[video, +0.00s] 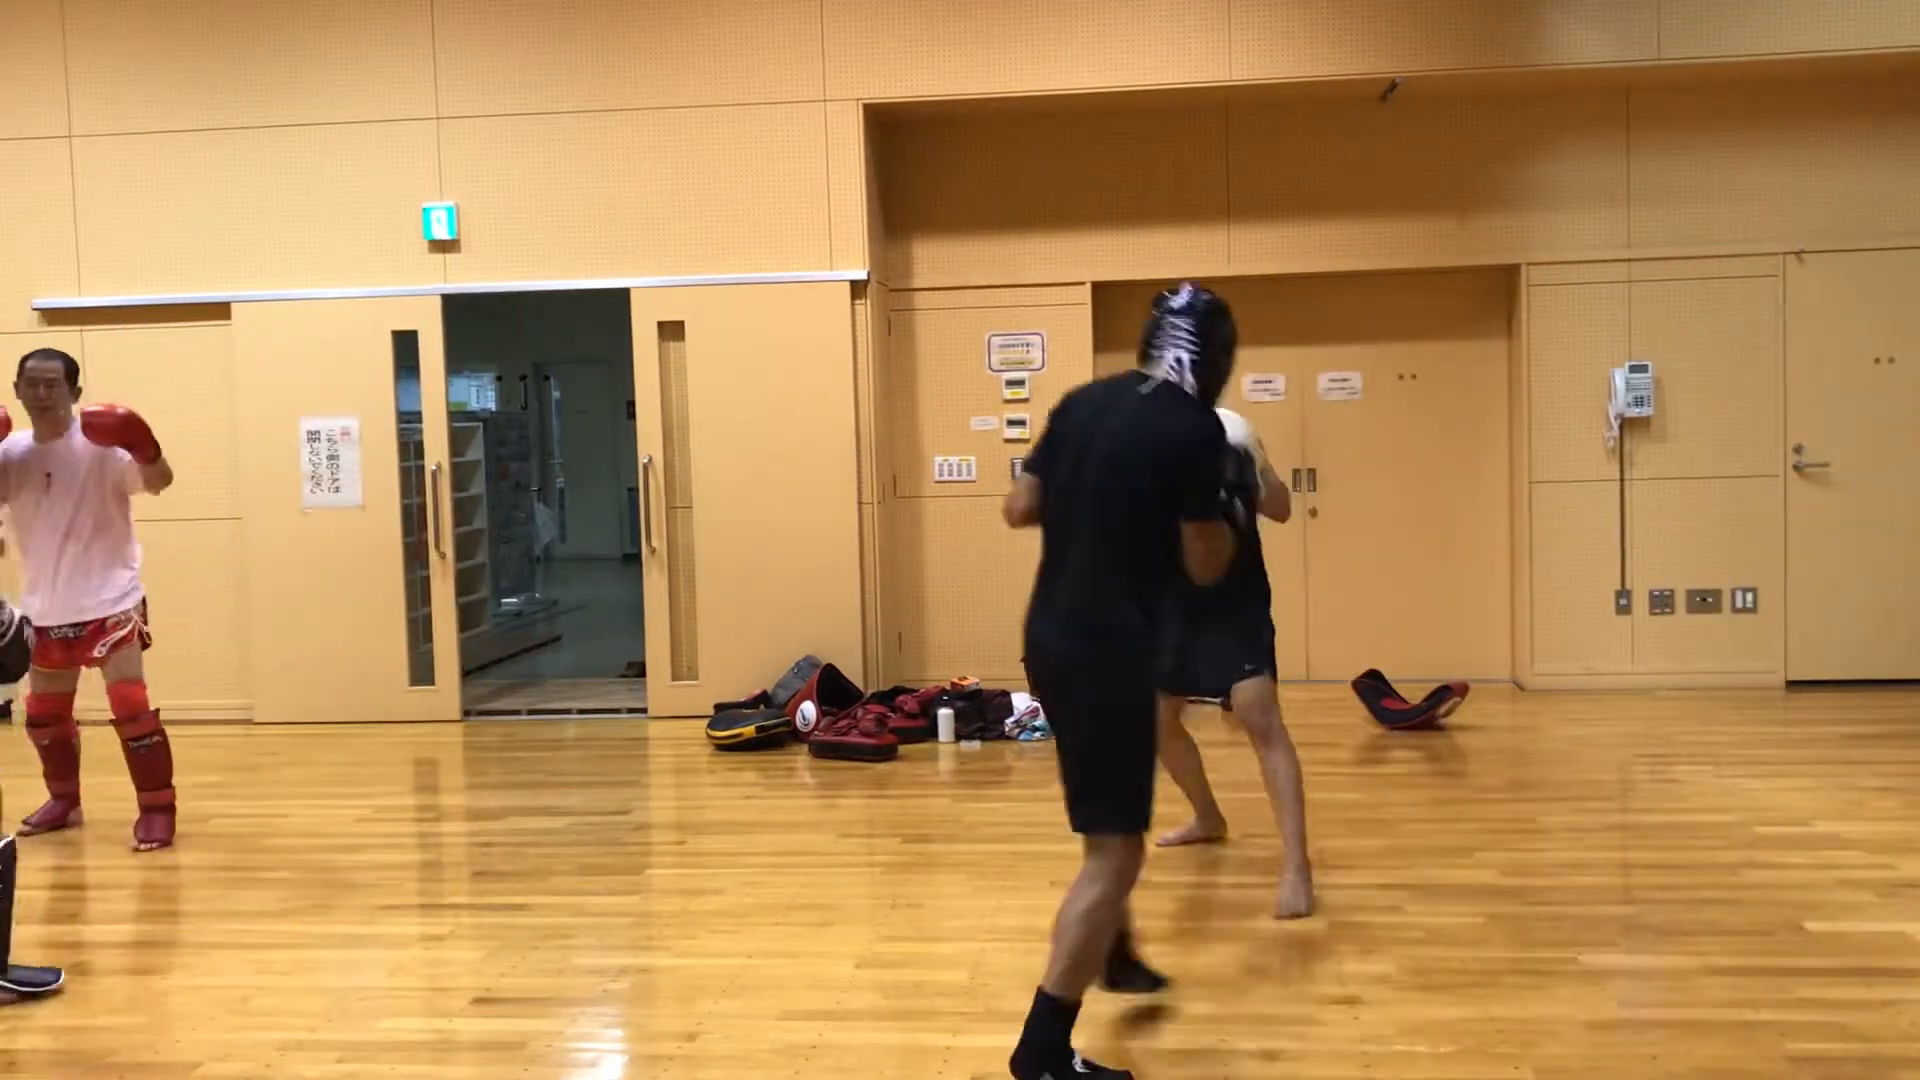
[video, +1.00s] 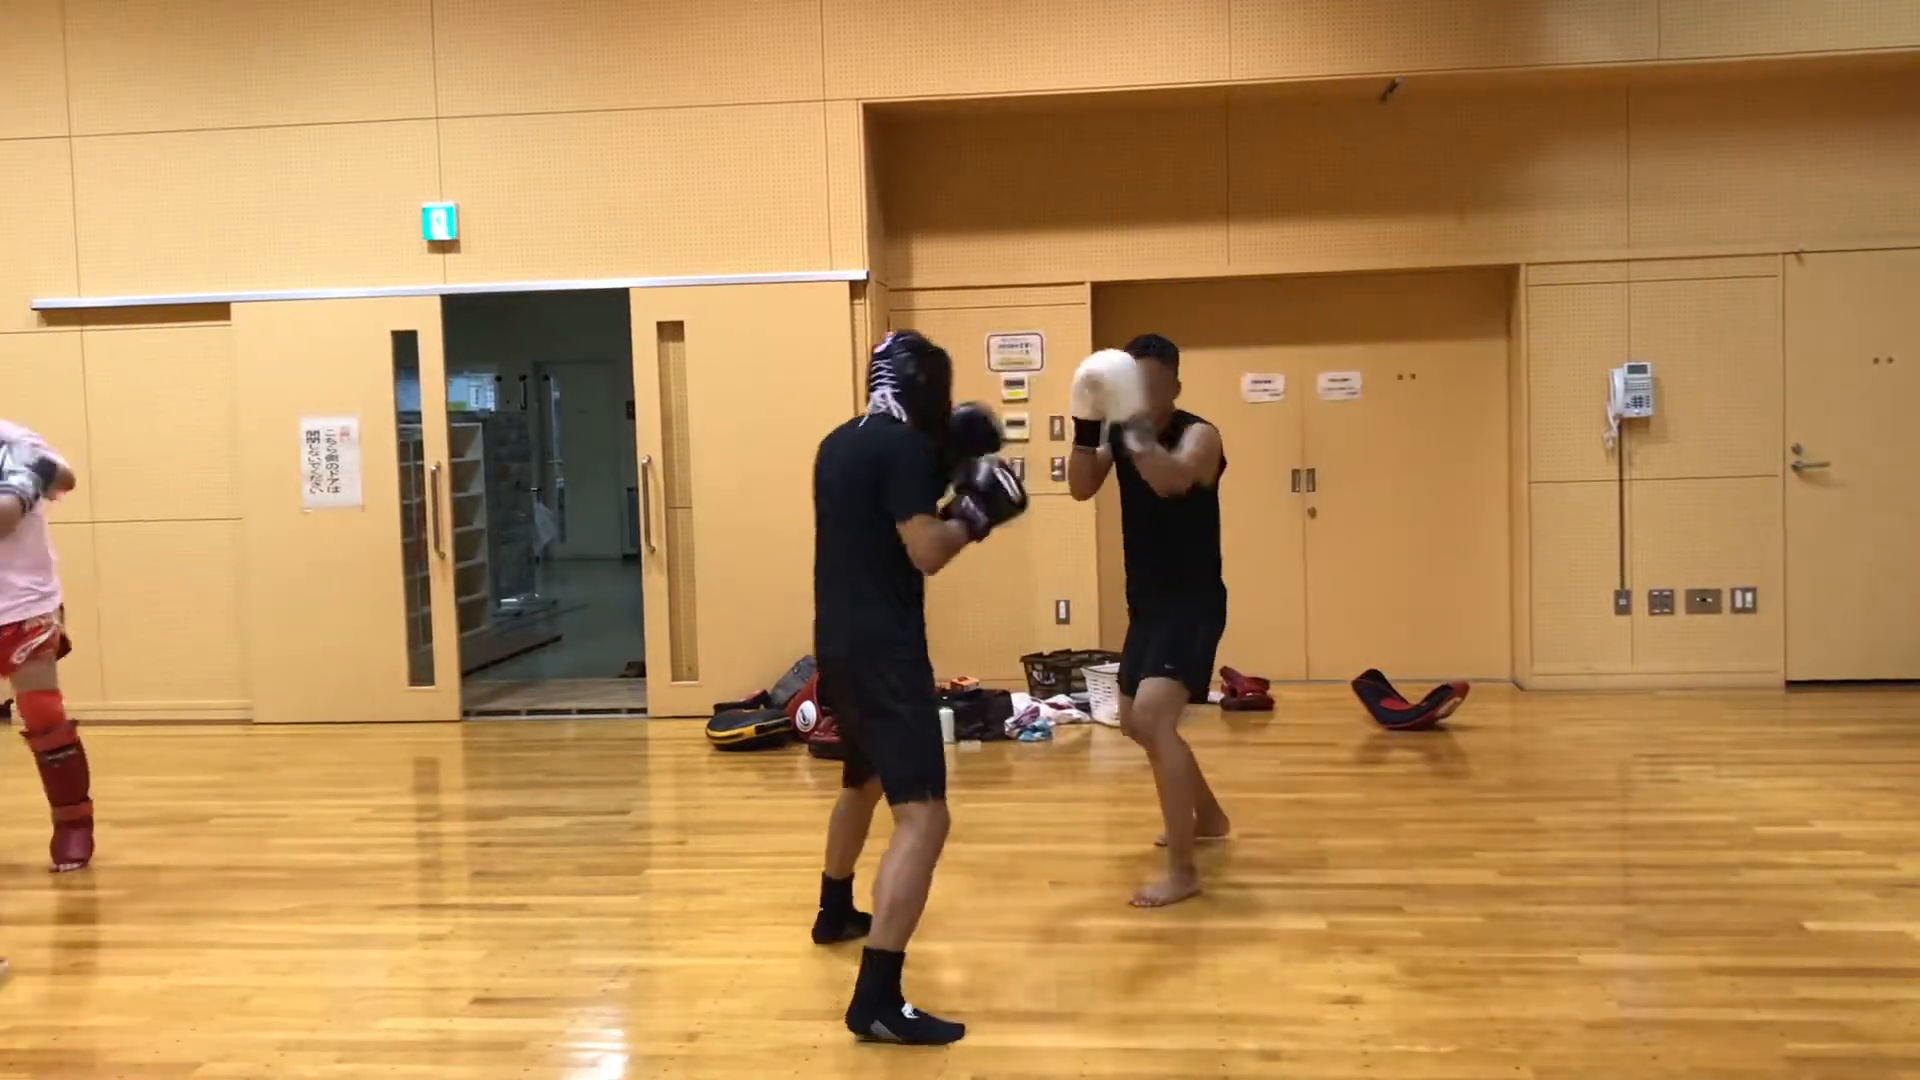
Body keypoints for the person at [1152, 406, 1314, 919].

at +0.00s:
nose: (1176, 389)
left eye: (1185, 377)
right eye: (1165, 379)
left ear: (1201, 380)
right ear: (1151, 385)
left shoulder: (1229, 430)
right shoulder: (1139, 444)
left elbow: (1279, 508)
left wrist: (1247, 467)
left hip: (1236, 594)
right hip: (1167, 595)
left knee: (1259, 718)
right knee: (1159, 719)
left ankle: (1295, 867)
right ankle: (1207, 817)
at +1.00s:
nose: (1142, 401)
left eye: (1153, 390)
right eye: (1135, 390)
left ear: (1176, 387)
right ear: (1125, 392)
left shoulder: (1199, 436)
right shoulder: (1118, 437)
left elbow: (1171, 482)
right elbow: (1081, 488)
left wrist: (1135, 433)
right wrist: (1086, 423)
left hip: (1193, 600)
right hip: (1146, 602)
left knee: (1154, 718)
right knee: (1135, 719)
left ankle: (1182, 871)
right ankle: (1208, 817)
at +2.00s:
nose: (1145, 388)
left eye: (1155, 378)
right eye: (1141, 378)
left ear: (1186, 374)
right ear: (1139, 376)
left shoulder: (1210, 429)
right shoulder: (1161, 433)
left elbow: (1202, 503)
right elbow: (1140, 504)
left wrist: (1148, 471)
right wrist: (1099, 473)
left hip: (1217, 581)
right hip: (1186, 581)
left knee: (1158, 682)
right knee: (1202, 690)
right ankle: (1275, 791)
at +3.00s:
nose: (1137, 392)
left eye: (1142, 380)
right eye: (1135, 382)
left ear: (1171, 371)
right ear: (1182, 375)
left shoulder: (1183, 421)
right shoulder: (1211, 420)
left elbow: (1134, 484)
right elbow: (1140, 475)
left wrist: (1088, 434)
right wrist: (1116, 420)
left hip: (1187, 585)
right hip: (1219, 582)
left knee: (1127, 686)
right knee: (1217, 693)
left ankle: (1124, 828)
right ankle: (1271, 802)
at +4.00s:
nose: (1144, 398)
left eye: (1147, 386)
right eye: (1141, 388)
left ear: (1171, 379)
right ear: (1193, 377)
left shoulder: (1172, 432)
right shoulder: (1238, 424)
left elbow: (1104, 484)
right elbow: (1181, 475)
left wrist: (1086, 424)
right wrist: (1144, 418)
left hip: (1181, 598)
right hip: (1239, 597)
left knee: (1113, 698)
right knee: (1265, 708)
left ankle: (1102, 834)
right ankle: (1323, 826)